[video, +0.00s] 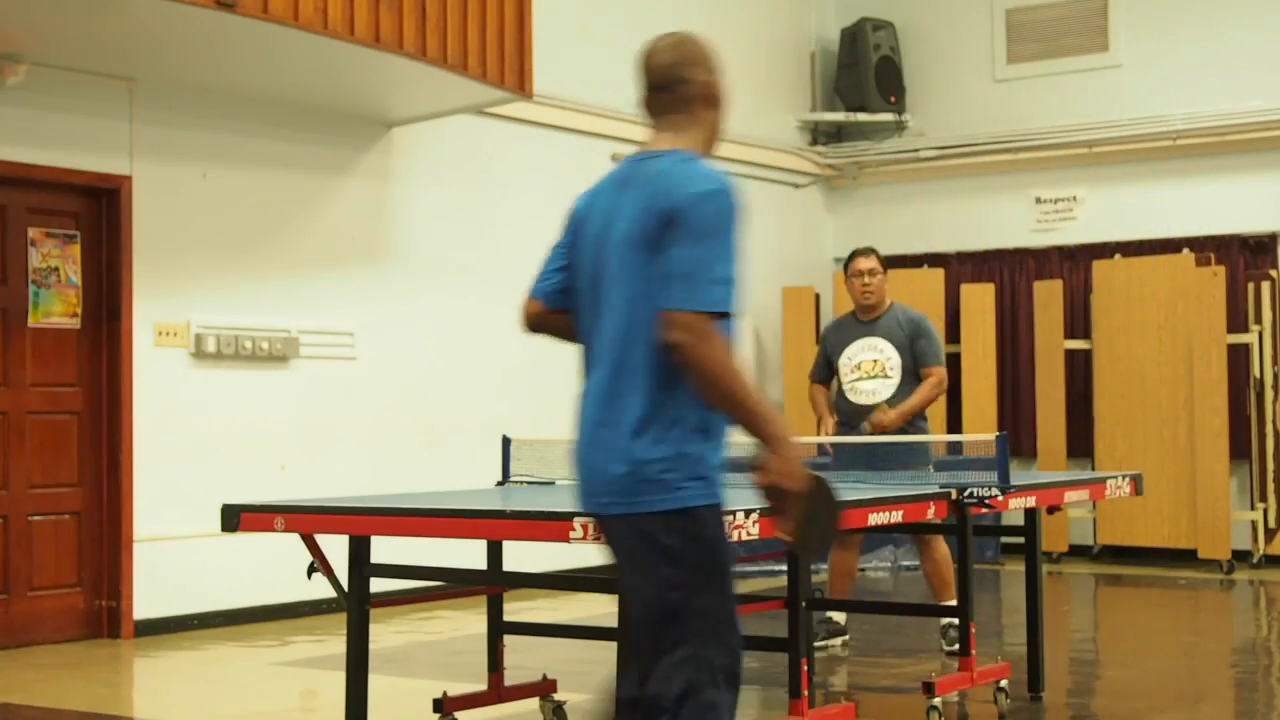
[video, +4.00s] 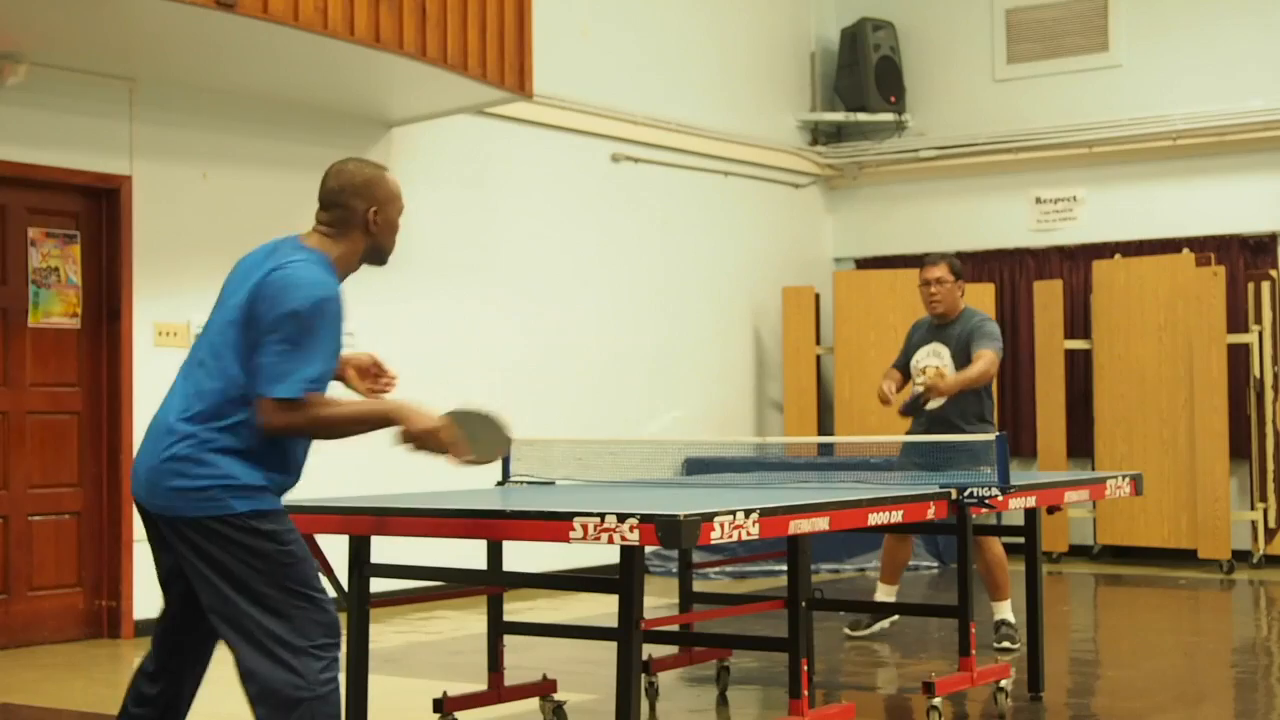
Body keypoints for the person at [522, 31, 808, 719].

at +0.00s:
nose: (723, 101)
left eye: (719, 89)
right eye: (719, 89)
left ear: (648, 100)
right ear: (709, 93)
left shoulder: (599, 196)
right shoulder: (701, 187)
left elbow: (543, 311)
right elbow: (686, 330)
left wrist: (638, 332)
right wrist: (776, 439)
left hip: (612, 476)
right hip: (666, 479)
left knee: (650, 659)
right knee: (705, 663)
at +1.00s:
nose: (370, 179)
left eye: (372, 164)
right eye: (364, 161)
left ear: (322, 150)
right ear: (319, 146)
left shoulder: (311, 243)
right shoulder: (214, 217)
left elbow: (316, 355)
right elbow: (170, 330)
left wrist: (416, 354)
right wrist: (177, 374)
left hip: (258, 482)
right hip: (174, 478)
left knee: (298, 618)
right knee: (172, 669)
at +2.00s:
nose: (402, 202)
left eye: (401, 190)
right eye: (400, 190)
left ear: (330, 191)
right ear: (381, 194)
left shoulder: (250, 247)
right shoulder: (361, 271)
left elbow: (198, 348)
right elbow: (373, 402)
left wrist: (307, 402)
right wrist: (462, 408)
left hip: (186, 470)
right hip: (262, 478)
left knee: (221, 605)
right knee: (338, 626)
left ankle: (178, 713)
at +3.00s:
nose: (411, 240)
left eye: (412, 227)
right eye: (410, 227)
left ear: (340, 224)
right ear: (388, 229)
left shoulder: (259, 267)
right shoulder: (355, 300)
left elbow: (202, 359)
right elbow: (366, 428)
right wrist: (451, 410)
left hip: (159, 477)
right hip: (232, 488)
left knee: (188, 618)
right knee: (336, 632)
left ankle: (156, 714)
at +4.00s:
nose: (399, 226)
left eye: (400, 214)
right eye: (396, 214)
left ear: (329, 212)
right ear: (370, 217)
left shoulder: (269, 260)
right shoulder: (309, 286)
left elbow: (253, 353)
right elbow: (280, 412)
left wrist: (338, 365)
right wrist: (395, 413)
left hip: (167, 477)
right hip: (216, 487)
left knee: (188, 627)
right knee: (307, 638)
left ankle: (142, 714)